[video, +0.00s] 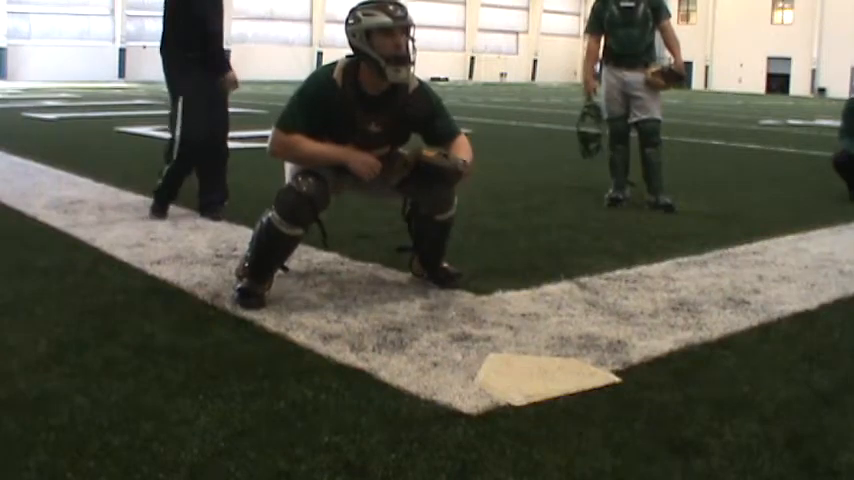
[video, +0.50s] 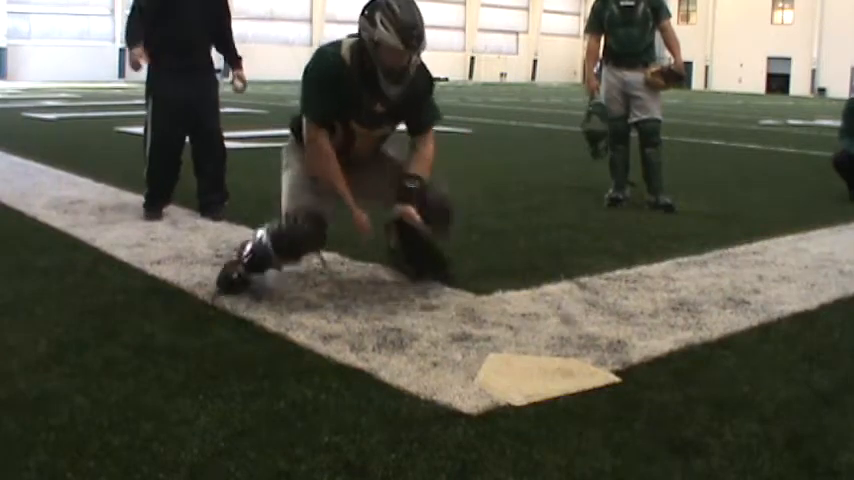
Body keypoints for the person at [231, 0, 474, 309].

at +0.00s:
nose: (400, 44)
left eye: (403, 35)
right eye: (388, 36)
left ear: (409, 37)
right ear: (362, 41)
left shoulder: (413, 92)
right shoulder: (325, 83)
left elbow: (456, 140)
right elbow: (280, 143)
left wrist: (456, 164)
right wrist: (348, 157)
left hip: (382, 166)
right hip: (322, 165)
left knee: (436, 181)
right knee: (305, 193)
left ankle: (430, 264)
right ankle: (254, 278)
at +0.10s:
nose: (400, 45)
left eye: (403, 36)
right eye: (388, 37)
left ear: (409, 38)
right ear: (362, 42)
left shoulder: (414, 93)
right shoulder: (325, 84)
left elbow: (456, 141)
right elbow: (281, 144)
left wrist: (458, 165)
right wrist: (348, 157)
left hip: (382, 166)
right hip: (322, 166)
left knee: (436, 183)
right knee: (306, 193)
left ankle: (429, 264)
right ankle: (254, 278)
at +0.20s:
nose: (400, 47)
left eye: (403, 38)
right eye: (389, 39)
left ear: (409, 40)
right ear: (362, 44)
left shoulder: (414, 94)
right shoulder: (325, 85)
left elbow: (457, 143)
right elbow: (280, 145)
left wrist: (456, 167)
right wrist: (347, 159)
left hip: (383, 165)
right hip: (323, 165)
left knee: (437, 187)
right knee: (306, 194)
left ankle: (429, 264)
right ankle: (254, 278)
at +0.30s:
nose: (401, 51)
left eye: (406, 42)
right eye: (391, 43)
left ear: (412, 42)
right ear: (365, 43)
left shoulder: (416, 92)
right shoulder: (326, 82)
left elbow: (455, 143)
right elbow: (283, 144)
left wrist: (447, 173)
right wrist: (349, 172)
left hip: (381, 159)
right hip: (324, 159)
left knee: (434, 191)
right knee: (304, 196)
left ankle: (429, 263)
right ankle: (255, 278)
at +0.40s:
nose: (402, 60)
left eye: (408, 50)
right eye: (392, 50)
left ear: (415, 46)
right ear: (368, 44)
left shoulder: (418, 81)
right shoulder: (331, 70)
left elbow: (442, 138)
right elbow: (300, 141)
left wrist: (433, 184)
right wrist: (351, 195)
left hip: (375, 153)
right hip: (319, 150)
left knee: (436, 193)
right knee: (304, 192)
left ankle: (431, 264)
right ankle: (253, 277)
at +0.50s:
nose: (400, 64)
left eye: (407, 55)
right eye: (392, 54)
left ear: (417, 51)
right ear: (369, 44)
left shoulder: (418, 79)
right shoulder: (328, 64)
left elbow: (424, 140)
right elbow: (315, 143)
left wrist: (409, 197)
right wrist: (352, 206)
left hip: (366, 158)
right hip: (313, 153)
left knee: (433, 206)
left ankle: (412, 255)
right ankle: (250, 261)